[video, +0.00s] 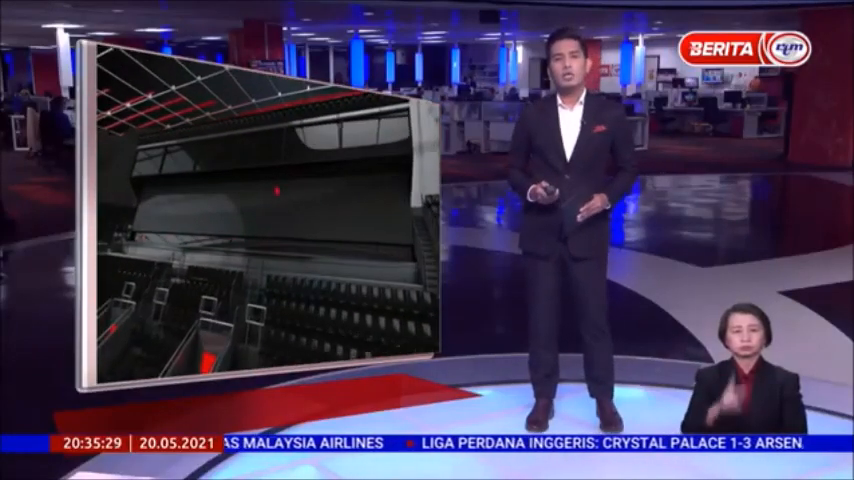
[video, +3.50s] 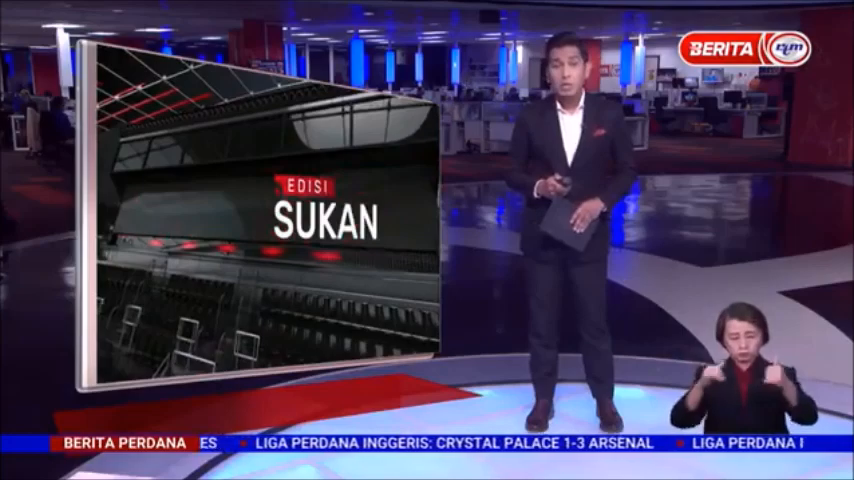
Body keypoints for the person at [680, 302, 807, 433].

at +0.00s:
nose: (745, 338)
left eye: (753, 330)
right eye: (737, 331)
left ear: (765, 337)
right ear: (725, 339)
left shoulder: (785, 381)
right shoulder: (708, 377)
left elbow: (796, 437)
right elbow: (689, 429)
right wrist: (719, 408)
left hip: (768, 464)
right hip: (715, 463)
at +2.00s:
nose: (744, 338)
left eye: (753, 331)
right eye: (735, 332)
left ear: (764, 337)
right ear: (724, 339)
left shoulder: (785, 381)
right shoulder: (709, 378)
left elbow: (802, 435)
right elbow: (692, 430)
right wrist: (730, 412)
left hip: (772, 463)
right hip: (721, 462)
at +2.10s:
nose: (743, 339)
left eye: (751, 331)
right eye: (734, 332)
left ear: (763, 336)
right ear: (724, 340)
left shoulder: (783, 377)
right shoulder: (710, 376)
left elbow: (809, 419)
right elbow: (691, 423)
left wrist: (775, 411)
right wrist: (732, 392)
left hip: (772, 463)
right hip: (720, 462)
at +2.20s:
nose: (743, 340)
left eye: (750, 331)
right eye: (734, 333)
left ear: (763, 336)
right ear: (723, 340)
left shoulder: (783, 375)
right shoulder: (710, 376)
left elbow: (810, 414)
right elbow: (691, 422)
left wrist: (778, 392)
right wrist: (731, 387)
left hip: (774, 461)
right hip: (722, 462)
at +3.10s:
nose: (743, 341)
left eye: (750, 332)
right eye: (734, 334)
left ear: (762, 335)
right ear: (722, 340)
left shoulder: (782, 375)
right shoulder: (710, 375)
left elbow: (804, 416)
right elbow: (685, 420)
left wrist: (758, 392)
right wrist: (725, 399)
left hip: (774, 461)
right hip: (720, 462)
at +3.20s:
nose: (742, 342)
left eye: (749, 333)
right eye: (733, 335)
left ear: (761, 336)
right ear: (722, 341)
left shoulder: (782, 375)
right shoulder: (709, 376)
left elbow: (808, 419)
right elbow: (680, 423)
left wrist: (774, 395)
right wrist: (706, 406)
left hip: (775, 461)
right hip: (721, 461)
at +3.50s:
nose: (743, 345)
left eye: (750, 336)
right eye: (734, 337)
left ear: (762, 338)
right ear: (723, 341)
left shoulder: (781, 375)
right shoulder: (711, 376)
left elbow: (809, 417)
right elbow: (680, 420)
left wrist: (784, 384)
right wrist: (701, 385)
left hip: (772, 460)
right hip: (720, 460)